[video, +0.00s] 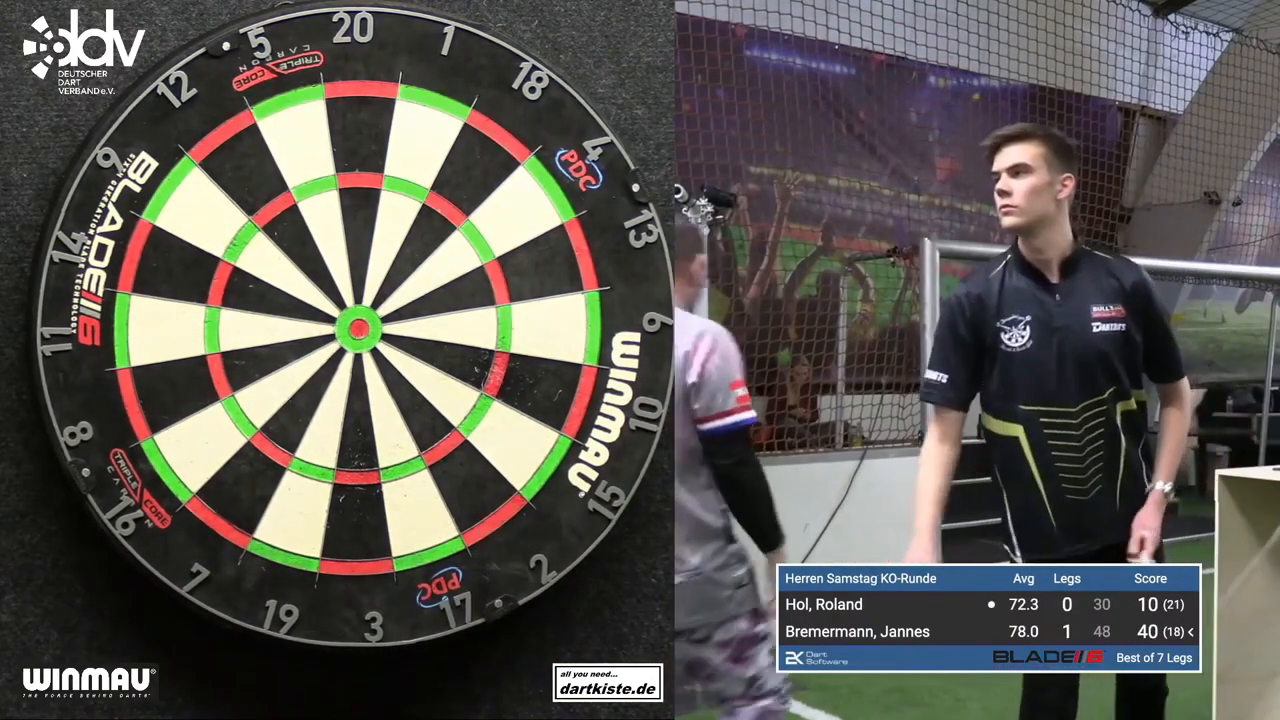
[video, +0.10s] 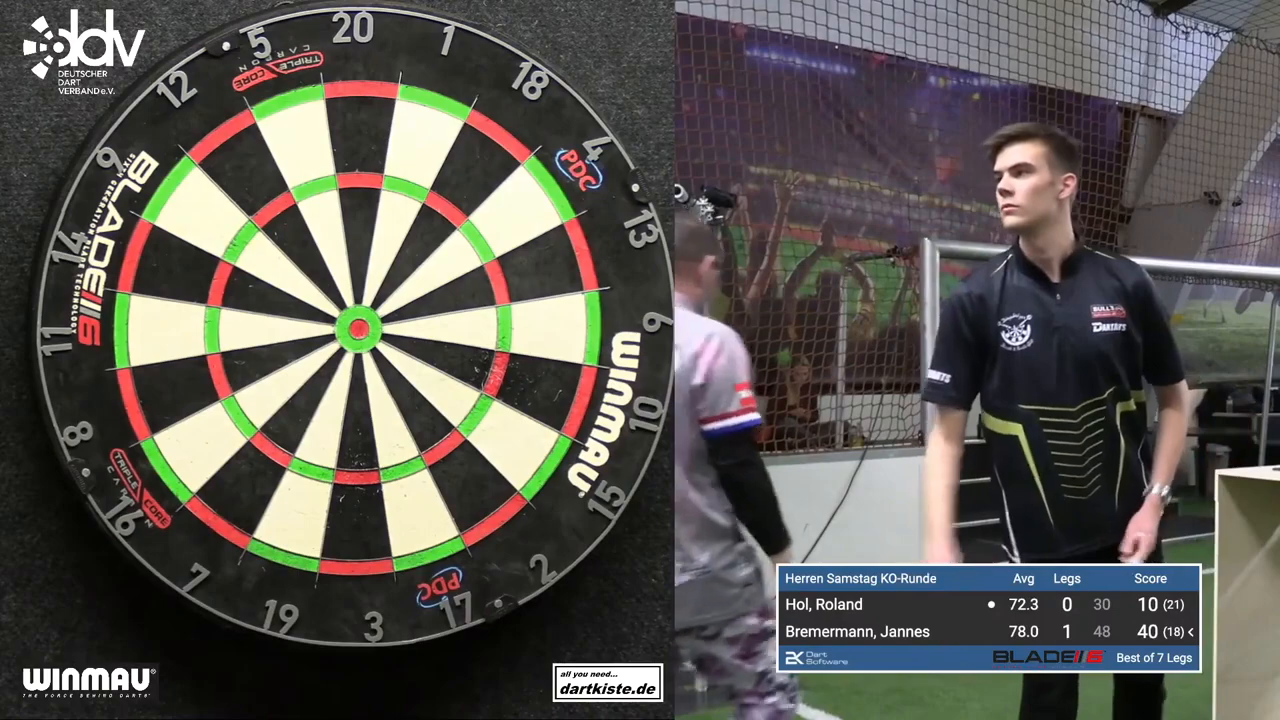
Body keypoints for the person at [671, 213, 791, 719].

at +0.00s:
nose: (707, 269)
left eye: (704, 256)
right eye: (703, 257)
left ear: (646, 265)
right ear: (689, 266)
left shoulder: (604, 337)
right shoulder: (704, 343)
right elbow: (733, 464)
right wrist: (776, 549)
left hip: (619, 566)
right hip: (695, 571)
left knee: (629, 703)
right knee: (754, 697)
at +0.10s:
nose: (717, 275)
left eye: (716, 264)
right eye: (716, 264)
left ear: (661, 264)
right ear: (702, 266)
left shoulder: (610, 334)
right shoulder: (711, 344)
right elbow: (737, 464)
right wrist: (780, 548)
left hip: (625, 569)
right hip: (701, 573)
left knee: (646, 705)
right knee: (765, 696)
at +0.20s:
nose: (758, 288)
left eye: (757, 275)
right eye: (754, 275)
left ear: (687, 272)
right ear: (731, 273)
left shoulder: (643, 335)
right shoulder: (743, 350)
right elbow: (766, 477)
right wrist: (802, 562)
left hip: (652, 574)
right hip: (731, 581)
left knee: (660, 706)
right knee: (770, 705)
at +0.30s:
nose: (796, 297)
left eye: (797, 285)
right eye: (794, 284)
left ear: (731, 281)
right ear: (772, 284)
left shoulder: (681, 348)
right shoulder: (789, 360)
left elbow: (661, 463)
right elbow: (805, 484)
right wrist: (829, 567)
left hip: (686, 567)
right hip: (765, 575)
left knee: (684, 698)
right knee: (799, 699)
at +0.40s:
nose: (841, 296)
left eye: (842, 285)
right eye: (840, 285)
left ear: (778, 280)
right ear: (822, 284)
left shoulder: (724, 349)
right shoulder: (837, 356)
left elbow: (714, 448)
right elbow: (848, 468)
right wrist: (869, 550)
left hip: (730, 548)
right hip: (812, 555)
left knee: (713, 681)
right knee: (839, 685)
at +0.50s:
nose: (866, 293)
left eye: (866, 283)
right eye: (865, 282)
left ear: (805, 278)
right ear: (847, 281)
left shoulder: (747, 347)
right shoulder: (859, 351)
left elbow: (737, 446)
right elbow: (878, 458)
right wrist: (909, 535)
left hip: (759, 542)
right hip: (838, 548)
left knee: (741, 672)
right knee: (850, 681)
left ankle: (712, 715)